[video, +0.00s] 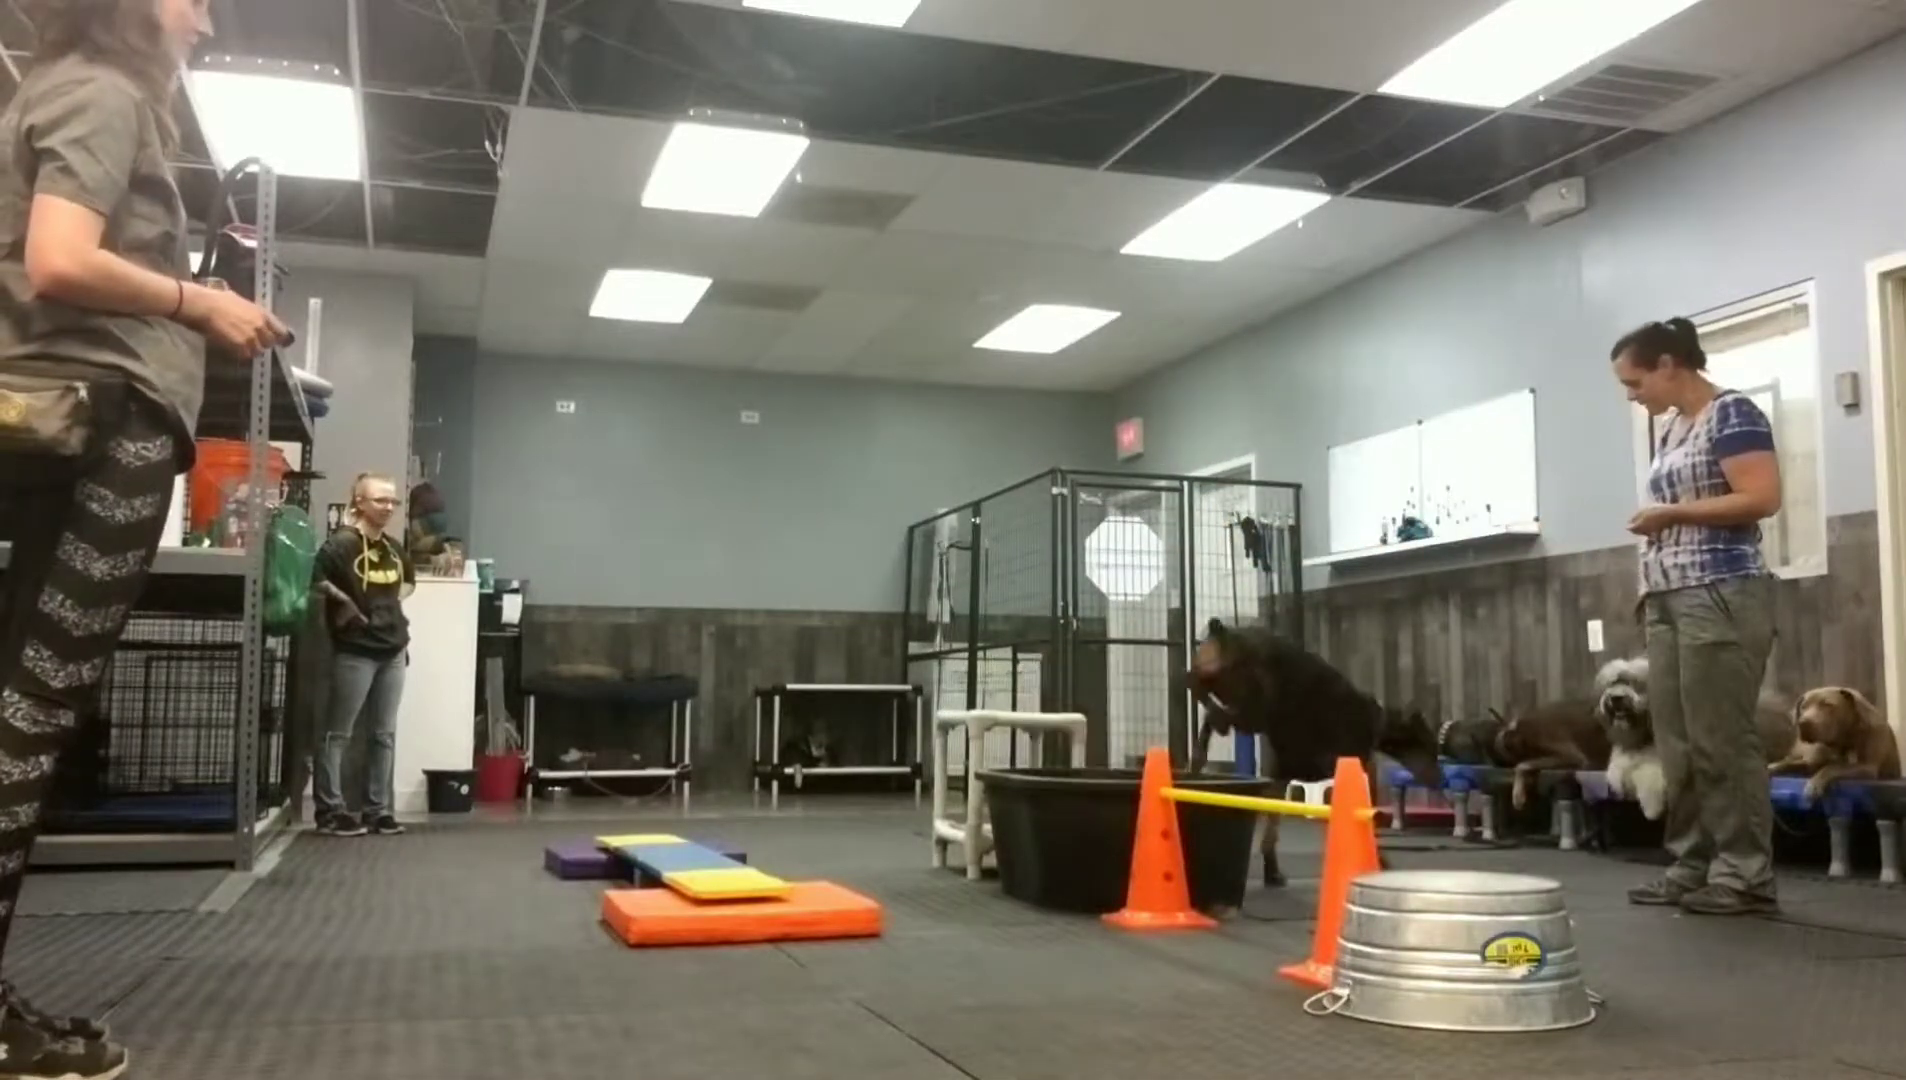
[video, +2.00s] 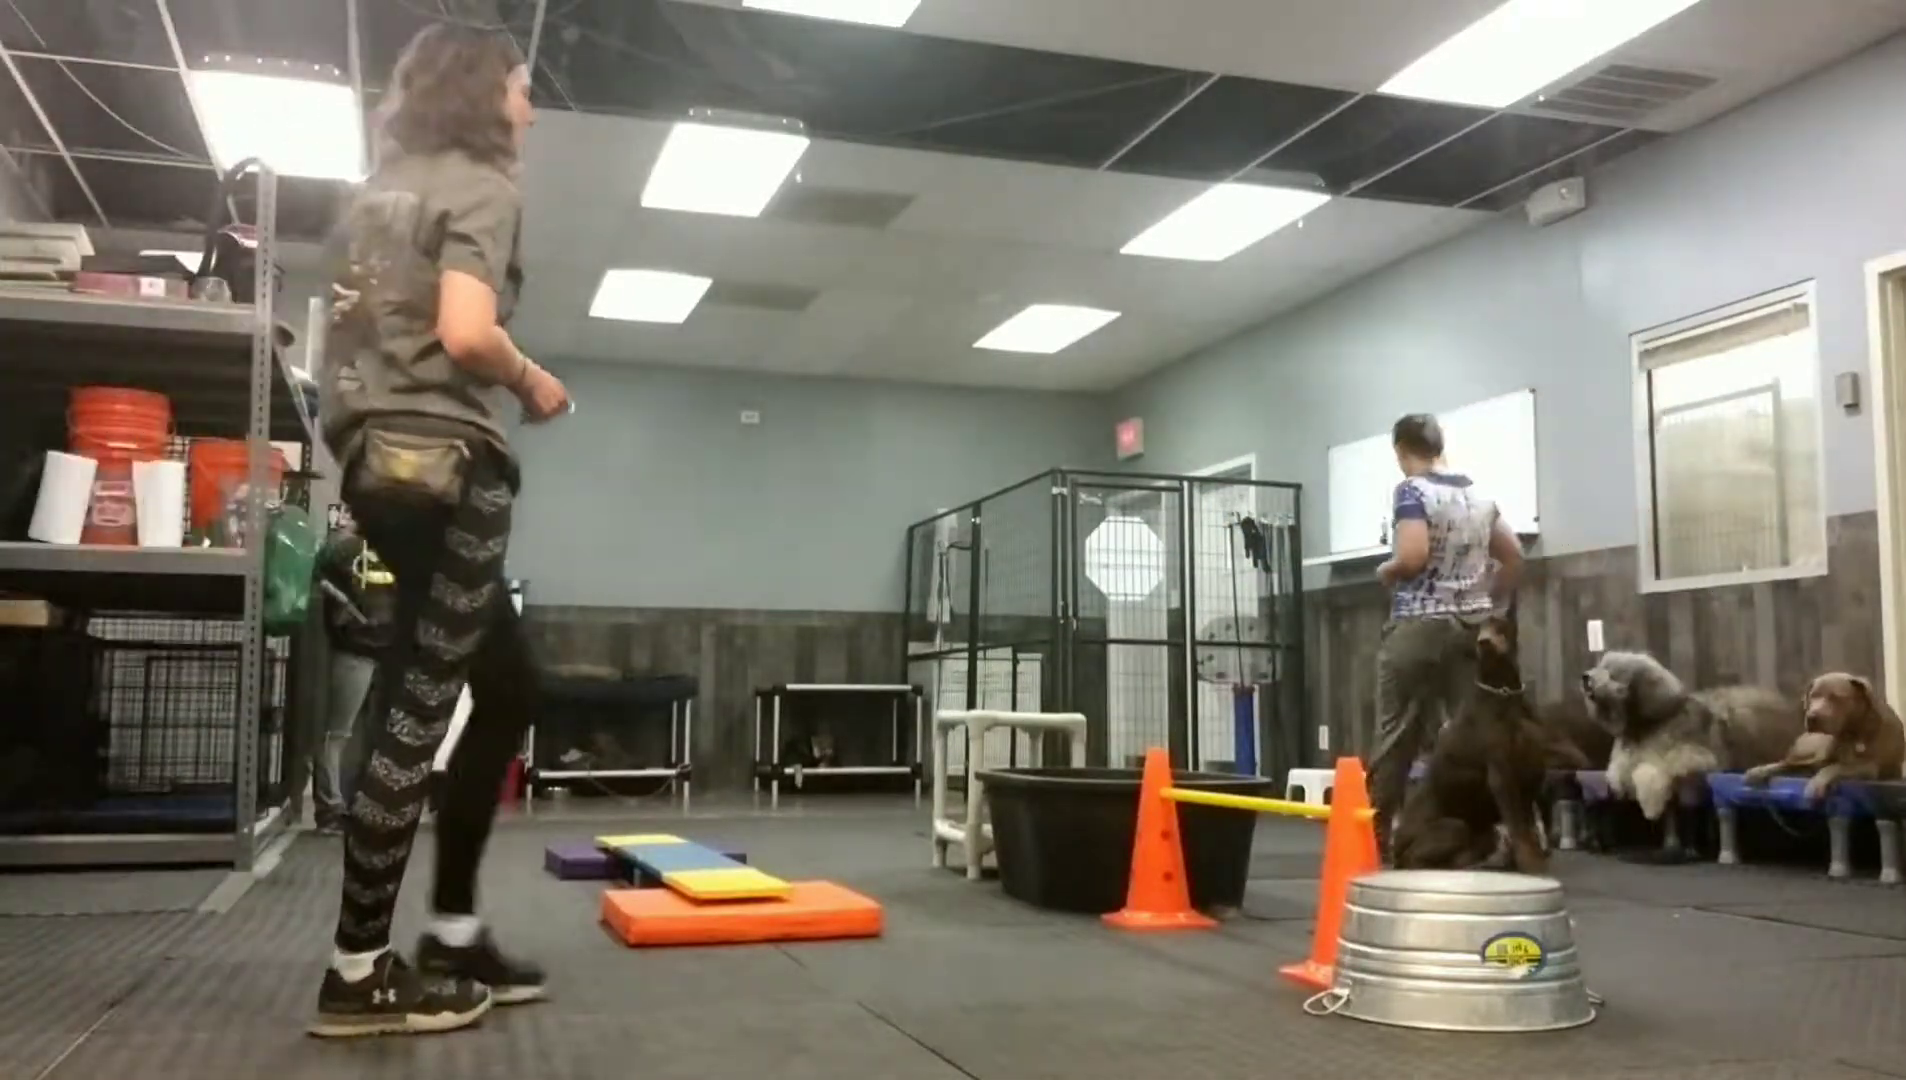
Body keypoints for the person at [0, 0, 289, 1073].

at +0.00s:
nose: (201, 22)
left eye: (202, 10)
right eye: (192, 5)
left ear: (114, 11)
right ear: (145, 4)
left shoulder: (74, 87)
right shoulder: (103, 89)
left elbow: (61, 263)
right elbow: (59, 261)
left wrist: (190, 299)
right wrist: (201, 301)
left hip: (81, 427)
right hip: (98, 430)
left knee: (40, 704)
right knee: (38, 707)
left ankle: (7, 1010)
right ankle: (3, 1015)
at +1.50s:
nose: (200, 38)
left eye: (202, 19)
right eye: (191, 14)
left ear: (95, 19)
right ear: (136, 15)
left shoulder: (48, 104)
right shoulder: (98, 109)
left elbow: (56, 274)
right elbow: (46, 274)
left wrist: (172, 308)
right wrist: (180, 315)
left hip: (35, 432)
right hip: (97, 437)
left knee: (30, 712)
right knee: (209, 673)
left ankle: (37, 972)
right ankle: (51, 936)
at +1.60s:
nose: (222, 44)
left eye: (224, 24)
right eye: (212, 21)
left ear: (118, 28)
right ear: (158, 24)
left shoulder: (49, 118)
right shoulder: (126, 116)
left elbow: (52, 282)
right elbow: (69, 277)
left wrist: (188, 313)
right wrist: (197, 322)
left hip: (29, 438)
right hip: (115, 441)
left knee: (26, 720)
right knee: (238, 680)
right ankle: (207, 971)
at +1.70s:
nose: (271, 68)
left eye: (269, 50)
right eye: (262, 47)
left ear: (172, 52)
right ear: (212, 48)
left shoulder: (108, 144)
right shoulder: (185, 142)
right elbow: (140, 296)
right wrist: (260, 345)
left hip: (91, 453)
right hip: (168, 455)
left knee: (37, 715)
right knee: (279, 703)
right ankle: (337, 962)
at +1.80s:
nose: (350, 85)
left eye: (347, 64)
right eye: (342, 64)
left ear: (242, 74)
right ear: (304, 70)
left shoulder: (194, 166)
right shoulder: (279, 163)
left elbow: (172, 323)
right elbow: (248, 316)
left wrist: (325, 373)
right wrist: (358, 361)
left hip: (192, 457)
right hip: (274, 458)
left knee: (124, 714)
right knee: (362, 702)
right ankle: (357, 970)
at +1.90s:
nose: (441, 90)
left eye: (438, 71)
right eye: (429, 70)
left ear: (332, 78)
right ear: (380, 73)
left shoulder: (283, 175)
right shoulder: (388, 166)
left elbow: (271, 319)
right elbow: (370, 318)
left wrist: (383, 352)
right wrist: (458, 356)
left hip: (299, 449)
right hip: (373, 449)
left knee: (327, 722)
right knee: (394, 718)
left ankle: (134, 890)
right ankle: (363, 970)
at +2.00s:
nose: (531, 112)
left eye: (528, 93)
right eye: (523, 92)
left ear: (427, 95)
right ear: (487, 94)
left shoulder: (380, 185)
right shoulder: (482, 184)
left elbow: (355, 323)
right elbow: (465, 332)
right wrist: (529, 377)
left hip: (372, 453)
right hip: (443, 459)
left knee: (508, 691)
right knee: (413, 713)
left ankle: (453, 933)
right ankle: (358, 968)